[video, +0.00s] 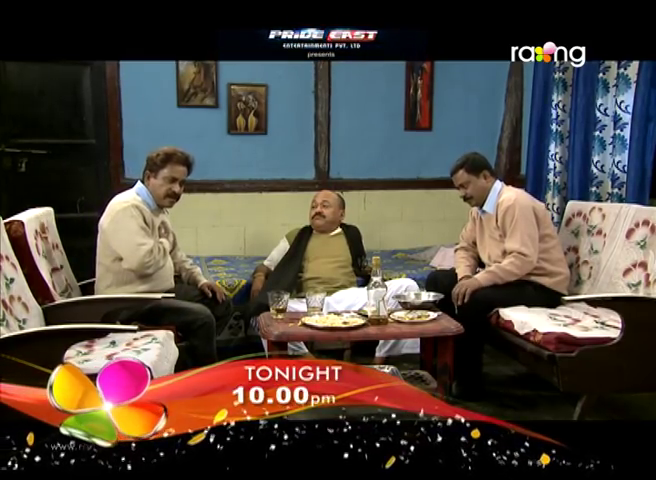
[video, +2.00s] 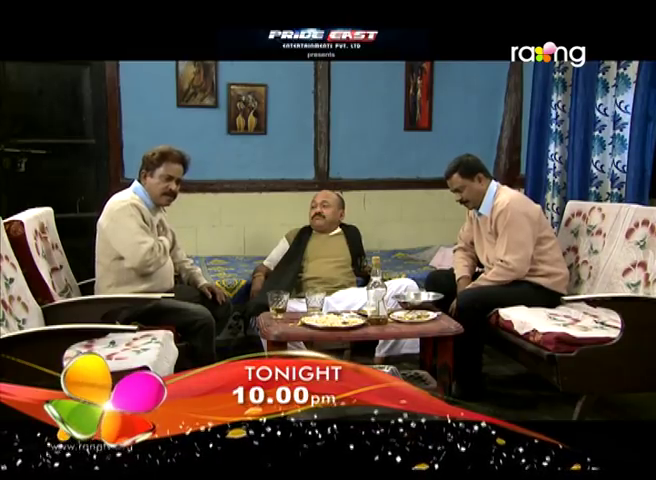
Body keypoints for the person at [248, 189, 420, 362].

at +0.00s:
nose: (317, 210)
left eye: (325, 206)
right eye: (314, 206)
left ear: (341, 213)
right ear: (309, 211)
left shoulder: (351, 233)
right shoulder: (297, 236)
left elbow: (362, 268)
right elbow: (265, 267)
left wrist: (377, 282)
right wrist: (257, 295)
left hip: (351, 297)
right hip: (310, 300)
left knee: (407, 286)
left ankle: (381, 362)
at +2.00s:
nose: (317, 210)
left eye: (325, 206)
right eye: (313, 206)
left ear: (340, 213)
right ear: (309, 212)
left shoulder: (351, 233)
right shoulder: (297, 236)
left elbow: (361, 269)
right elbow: (264, 270)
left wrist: (379, 281)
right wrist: (255, 303)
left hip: (350, 298)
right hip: (310, 300)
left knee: (406, 285)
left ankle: (383, 362)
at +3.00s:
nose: (317, 210)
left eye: (325, 206)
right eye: (313, 206)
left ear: (340, 213)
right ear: (308, 211)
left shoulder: (351, 234)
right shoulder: (297, 236)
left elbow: (361, 269)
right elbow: (264, 268)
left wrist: (379, 281)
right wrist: (256, 299)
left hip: (350, 297)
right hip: (308, 300)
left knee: (406, 285)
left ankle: (383, 362)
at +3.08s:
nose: (317, 210)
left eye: (325, 206)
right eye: (313, 206)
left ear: (340, 213)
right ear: (308, 211)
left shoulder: (351, 234)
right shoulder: (297, 236)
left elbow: (361, 269)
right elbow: (264, 268)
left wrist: (379, 281)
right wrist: (256, 299)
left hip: (350, 297)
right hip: (308, 300)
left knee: (406, 285)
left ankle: (382, 362)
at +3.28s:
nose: (317, 211)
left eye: (324, 206)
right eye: (313, 206)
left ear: (340, 213)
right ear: (308, 212)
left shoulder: (351, 233)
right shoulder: (297, 236)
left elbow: (361, 269)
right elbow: (264, 269)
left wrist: (379, 280)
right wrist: (255, 302)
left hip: (350, 298)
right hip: (309, 300)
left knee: (406, 286)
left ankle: (382, 362)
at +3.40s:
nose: (316, 211)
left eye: (324, 207)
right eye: (313, 207)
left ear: (340, 214)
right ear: (308, 212)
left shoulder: (351, 233)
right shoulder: (297, 236)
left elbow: (361, 269)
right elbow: (265, 268)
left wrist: (379, 281)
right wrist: (255, 301)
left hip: (350, 297)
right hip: (309, 300)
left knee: (406, 286)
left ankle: (382, 362)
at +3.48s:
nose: (319, 213)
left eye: (327, 208)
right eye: (314, 208)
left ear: (340, 214)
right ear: (308, 213)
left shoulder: (351, 233)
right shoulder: (297, 236)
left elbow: (361, 269)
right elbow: (265, 268)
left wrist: (378, 281)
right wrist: (255, 300)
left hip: (350, 297)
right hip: (310, 299)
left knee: (406, 285)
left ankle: (382, 362)